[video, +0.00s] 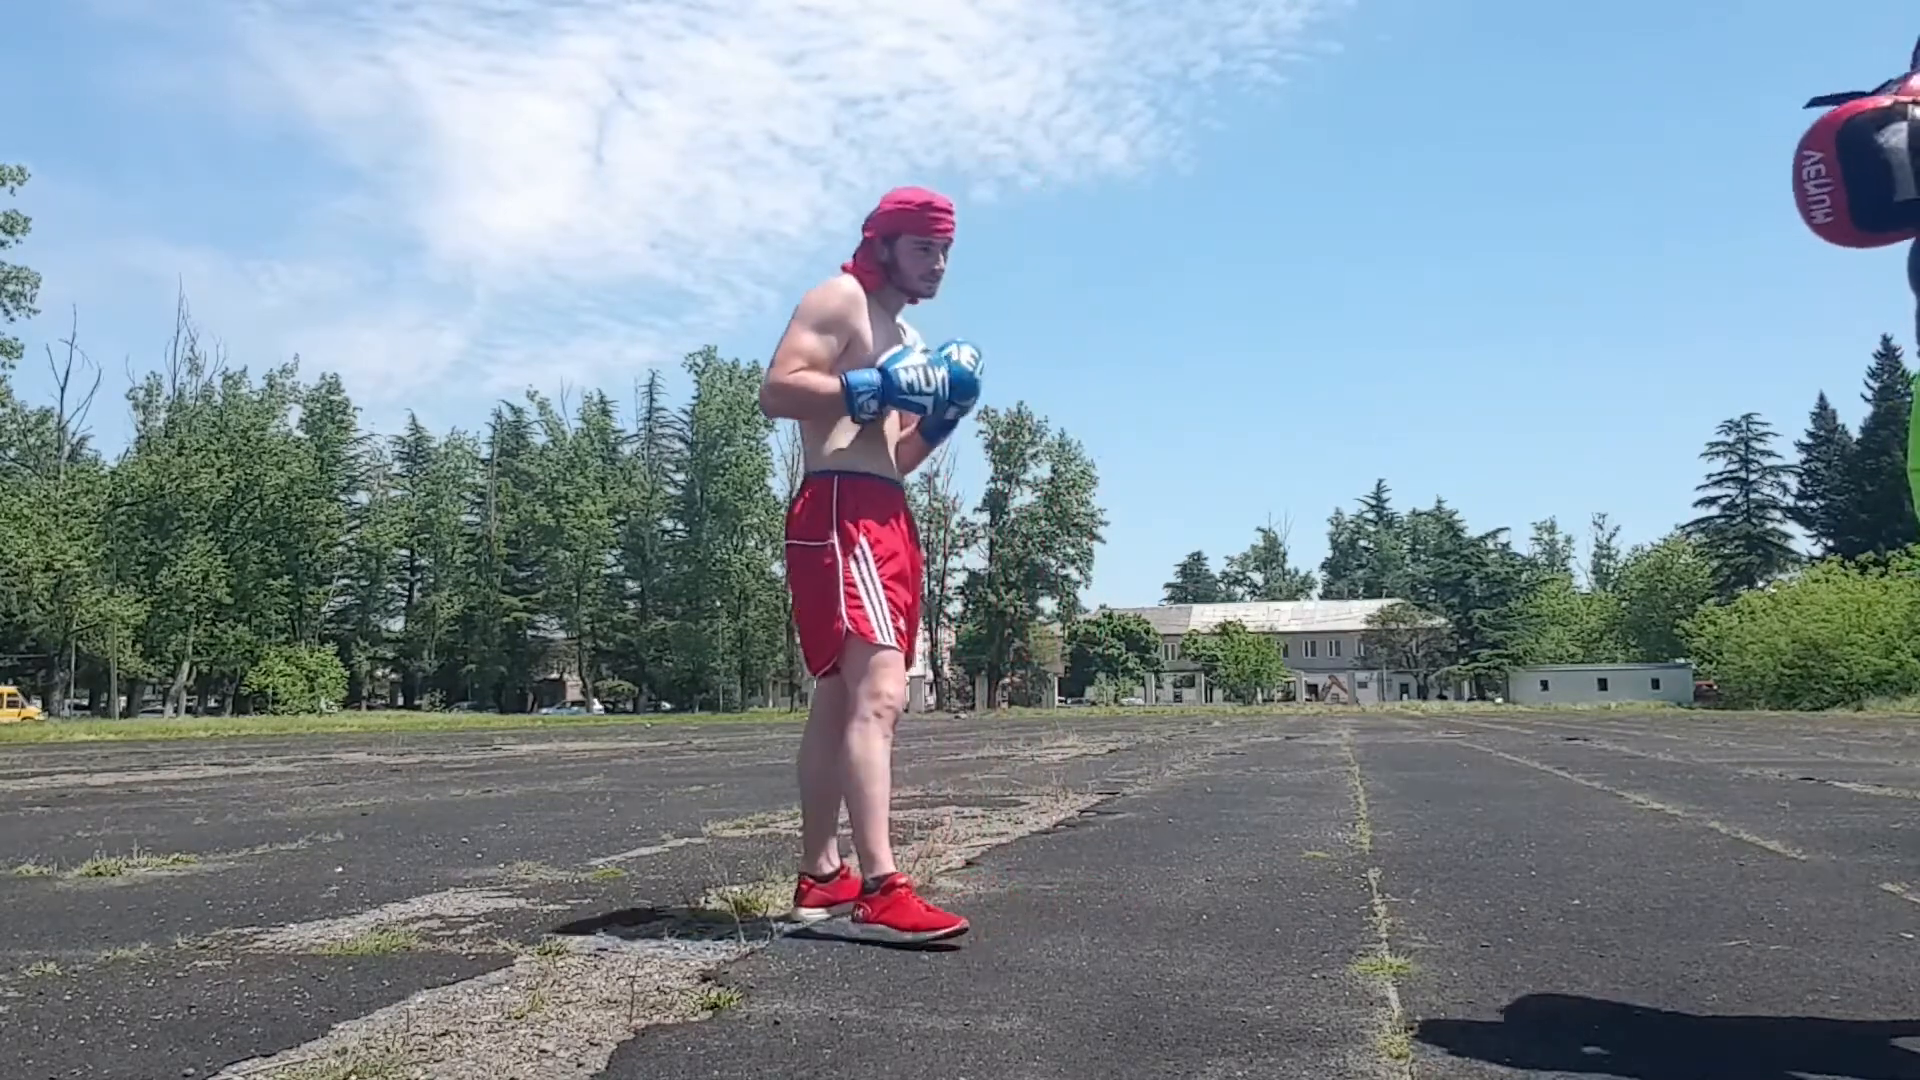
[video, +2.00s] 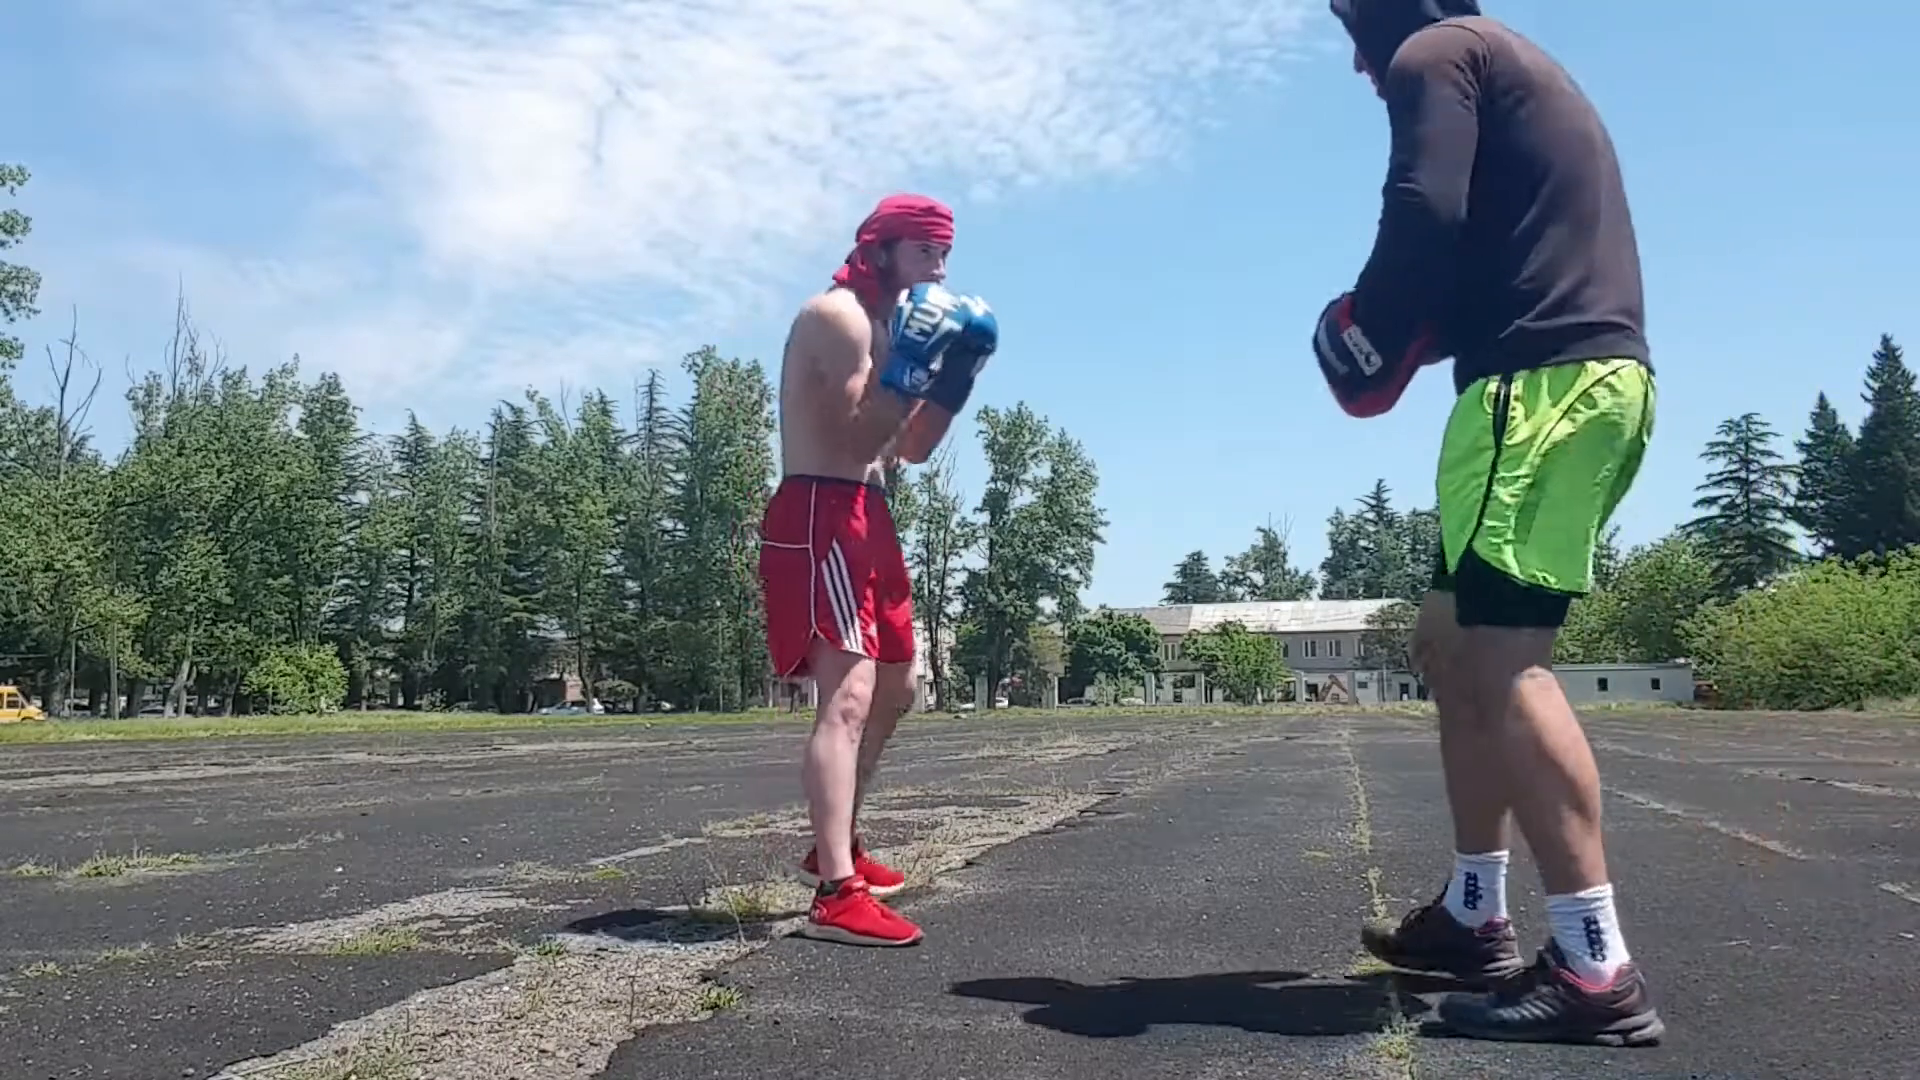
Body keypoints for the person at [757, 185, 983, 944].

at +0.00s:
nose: (938, 264)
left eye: (944, 251)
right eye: (925, 249)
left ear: (941, 257)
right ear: (880, 245)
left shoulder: (904, 340)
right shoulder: (839, 298)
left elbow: (895, 458)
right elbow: (777, 388)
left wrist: (941, 418)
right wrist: (861, 392)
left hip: (884, 513)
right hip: (842, 509)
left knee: (839, 701)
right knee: (881, 693)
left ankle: (821, 874)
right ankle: (879, 884)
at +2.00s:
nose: (939, 266)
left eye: (944, 254)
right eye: (927, 250)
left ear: (929, 262)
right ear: (879, 248)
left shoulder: (896, 328)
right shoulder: (835, 314)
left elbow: (914, 445)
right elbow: (859, 430)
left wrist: (957, 373)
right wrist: (915, 359)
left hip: (870, 516)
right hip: (820, 515)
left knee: (896, 688)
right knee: (847, 696)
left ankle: (836, 842)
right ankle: (836, 888)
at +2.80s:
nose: (960, 294)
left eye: (962, 283)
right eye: (947, 281)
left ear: (945, 292)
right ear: (905, 284)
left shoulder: (933, 368)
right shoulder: (863, 340)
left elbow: (950, 463)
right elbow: (878, 429)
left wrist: (980, 389)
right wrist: (969, 419)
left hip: (895, 536)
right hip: (851, 532)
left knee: (912, 697)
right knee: (937, 667)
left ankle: (850, 859)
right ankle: (878, 841)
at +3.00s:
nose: (990, 276)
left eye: (992, 265)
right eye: (979, 261)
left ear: (964, 270)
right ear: (937, 258)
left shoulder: (926, 351)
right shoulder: (909, 296)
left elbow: (931, 456)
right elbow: (900, 341)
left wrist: (984, 386)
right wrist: (976, 311)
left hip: (867, 519)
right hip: (872, 511)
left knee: (884, 697)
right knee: (934, 667)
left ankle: (859, 852)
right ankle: (865, 845)